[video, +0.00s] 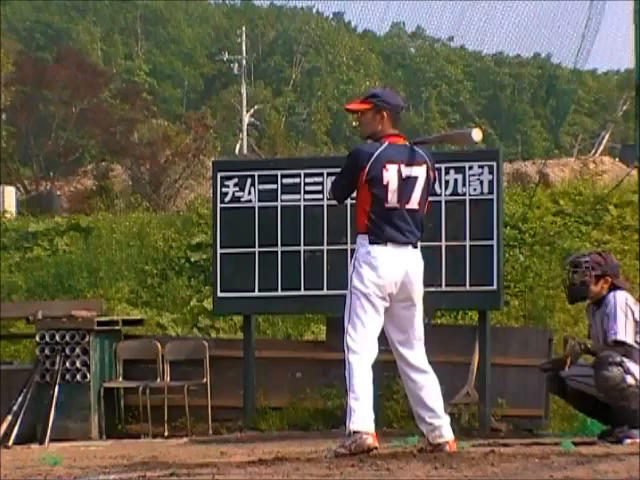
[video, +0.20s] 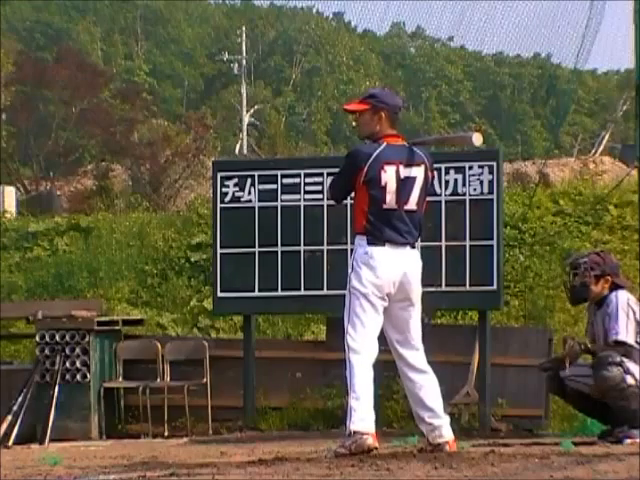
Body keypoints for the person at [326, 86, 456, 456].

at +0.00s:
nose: (358, 121)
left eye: (363, 115)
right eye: (358, 115)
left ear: (383, 117)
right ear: (390, 119)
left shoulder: (365, 153)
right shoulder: (422, 158)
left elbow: (337, 194)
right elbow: (423, 205)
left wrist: (369, 165)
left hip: (375, 258)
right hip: (412, 260)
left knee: (360, 347)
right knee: (412, 350)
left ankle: (362, 430)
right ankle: (440, 433)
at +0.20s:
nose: (357, 121)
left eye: (361, 116)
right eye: (357, 116)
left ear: (381, 117)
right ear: (388, 119)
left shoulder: (363, 153)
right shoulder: (421, 157)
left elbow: (336, 194)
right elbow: (423, 203)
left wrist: (366, 169)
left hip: (373, 259)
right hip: (410, 260)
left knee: (361, 346)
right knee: (411, 350)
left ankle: (362, 431)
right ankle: (440, 433)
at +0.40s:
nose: (356, 121)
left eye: (361, 116)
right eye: (357, 115)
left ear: (380, 117)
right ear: (388, 119)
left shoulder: (362, 154)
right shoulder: (421, 158)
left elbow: (336, 193)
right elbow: (421, 197)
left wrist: (368, 164)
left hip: (373, 258)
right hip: (410, 259)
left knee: (360, 346)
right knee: (411, 349)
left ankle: (362, 430)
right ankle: (440, 433)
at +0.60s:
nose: (356, 121)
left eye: (361, 115)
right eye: (356, 115)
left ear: (380, 118)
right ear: (387, 119)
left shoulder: (361, 153)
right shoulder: (420, 156)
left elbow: (335, 192)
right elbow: (428, 188)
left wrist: (367, 164)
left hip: (372, 258)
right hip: (409, 260)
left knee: (360, 347)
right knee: (410, 351)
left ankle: (362, 430)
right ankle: (434, 435)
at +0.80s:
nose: (358, 122)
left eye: (363, 116)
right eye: (359, 116)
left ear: (383, 118)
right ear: (390, 119)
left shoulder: (365, 153)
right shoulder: (425, 155)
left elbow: (337, 193)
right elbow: (438, 181)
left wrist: (365, 172)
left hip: (378, 257)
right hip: (415, 260)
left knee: (358, 343)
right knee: (411, 351)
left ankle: (359, 425)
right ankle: (434, 436)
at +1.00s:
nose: (358, 121)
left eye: (364, 116)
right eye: (360, 116)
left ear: (382, 118)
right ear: (391, 119)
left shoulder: (365, 154)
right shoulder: (424, 155)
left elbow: (338, 190)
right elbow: (433, 175)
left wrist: (366, 162)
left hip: (379, 257)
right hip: (416, 259)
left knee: (350, 345)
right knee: (412, 353)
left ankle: (347, 427)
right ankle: (435, 437)